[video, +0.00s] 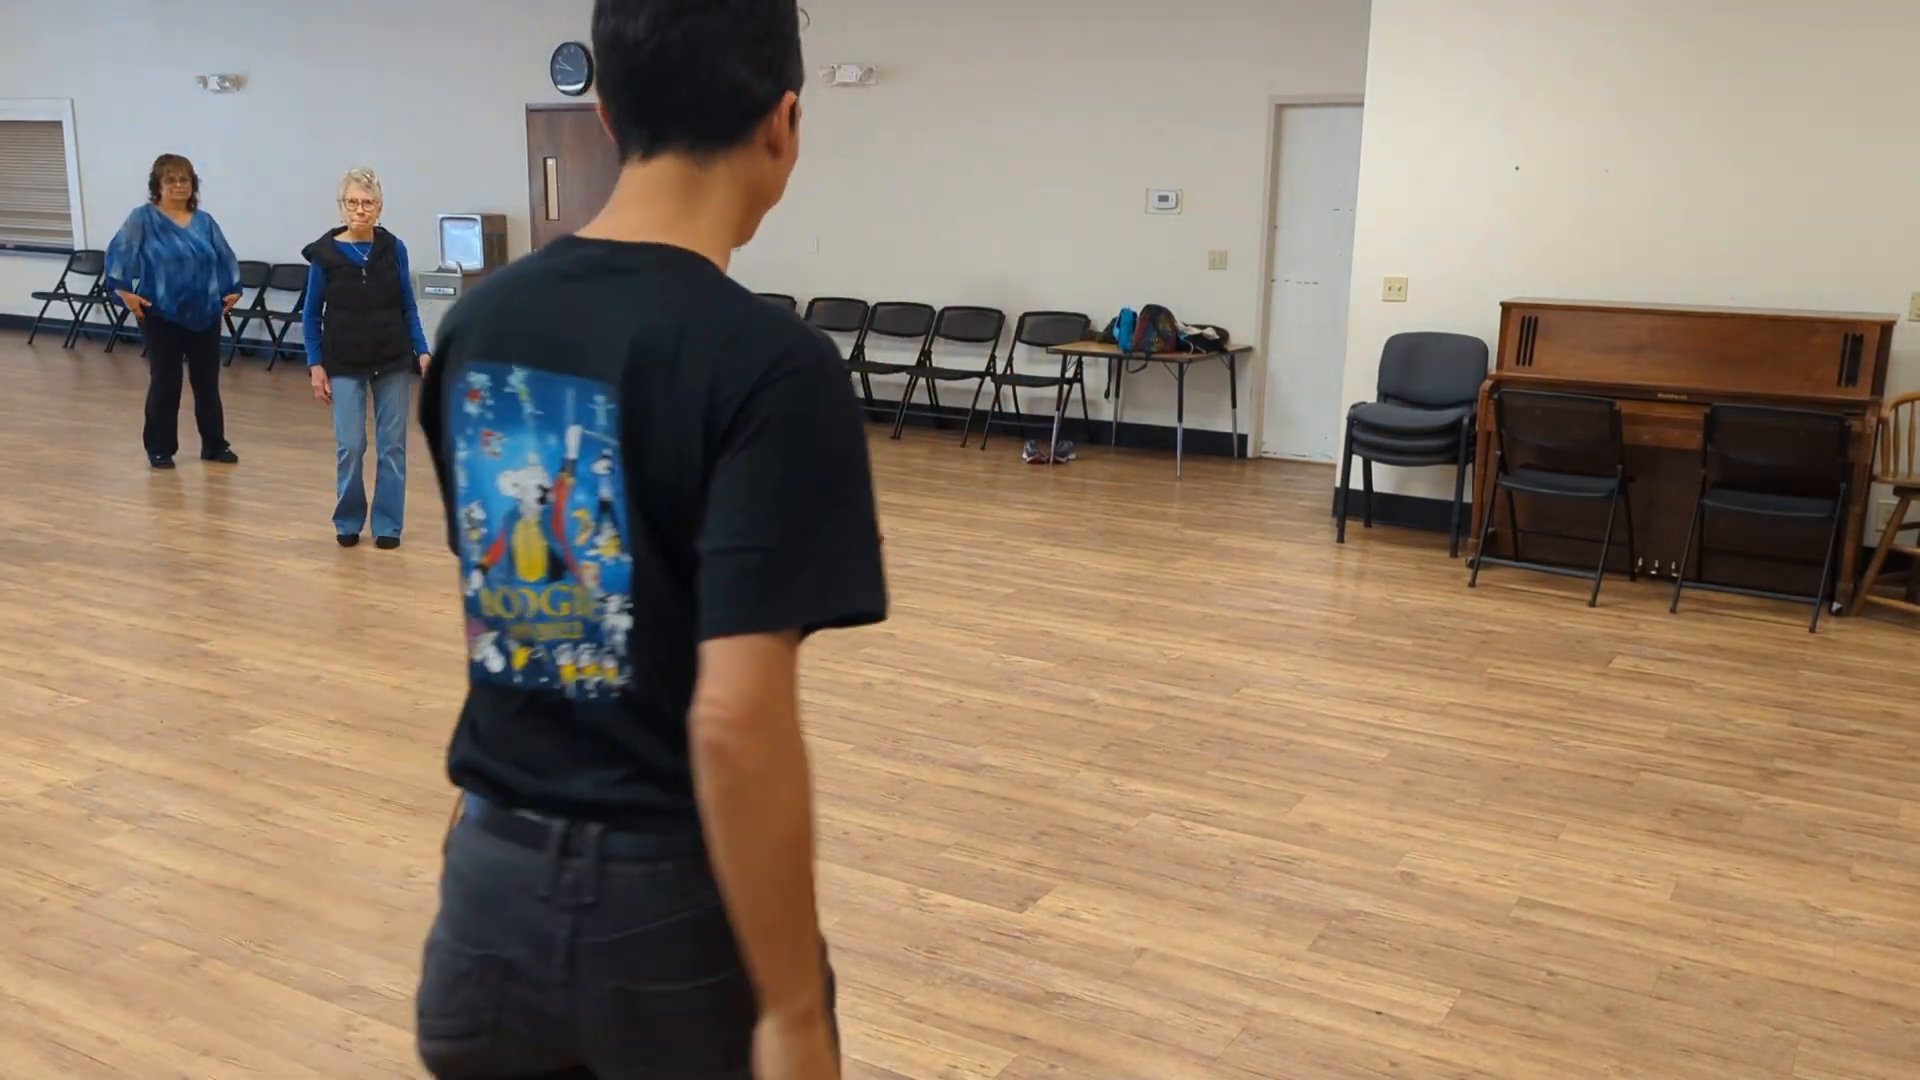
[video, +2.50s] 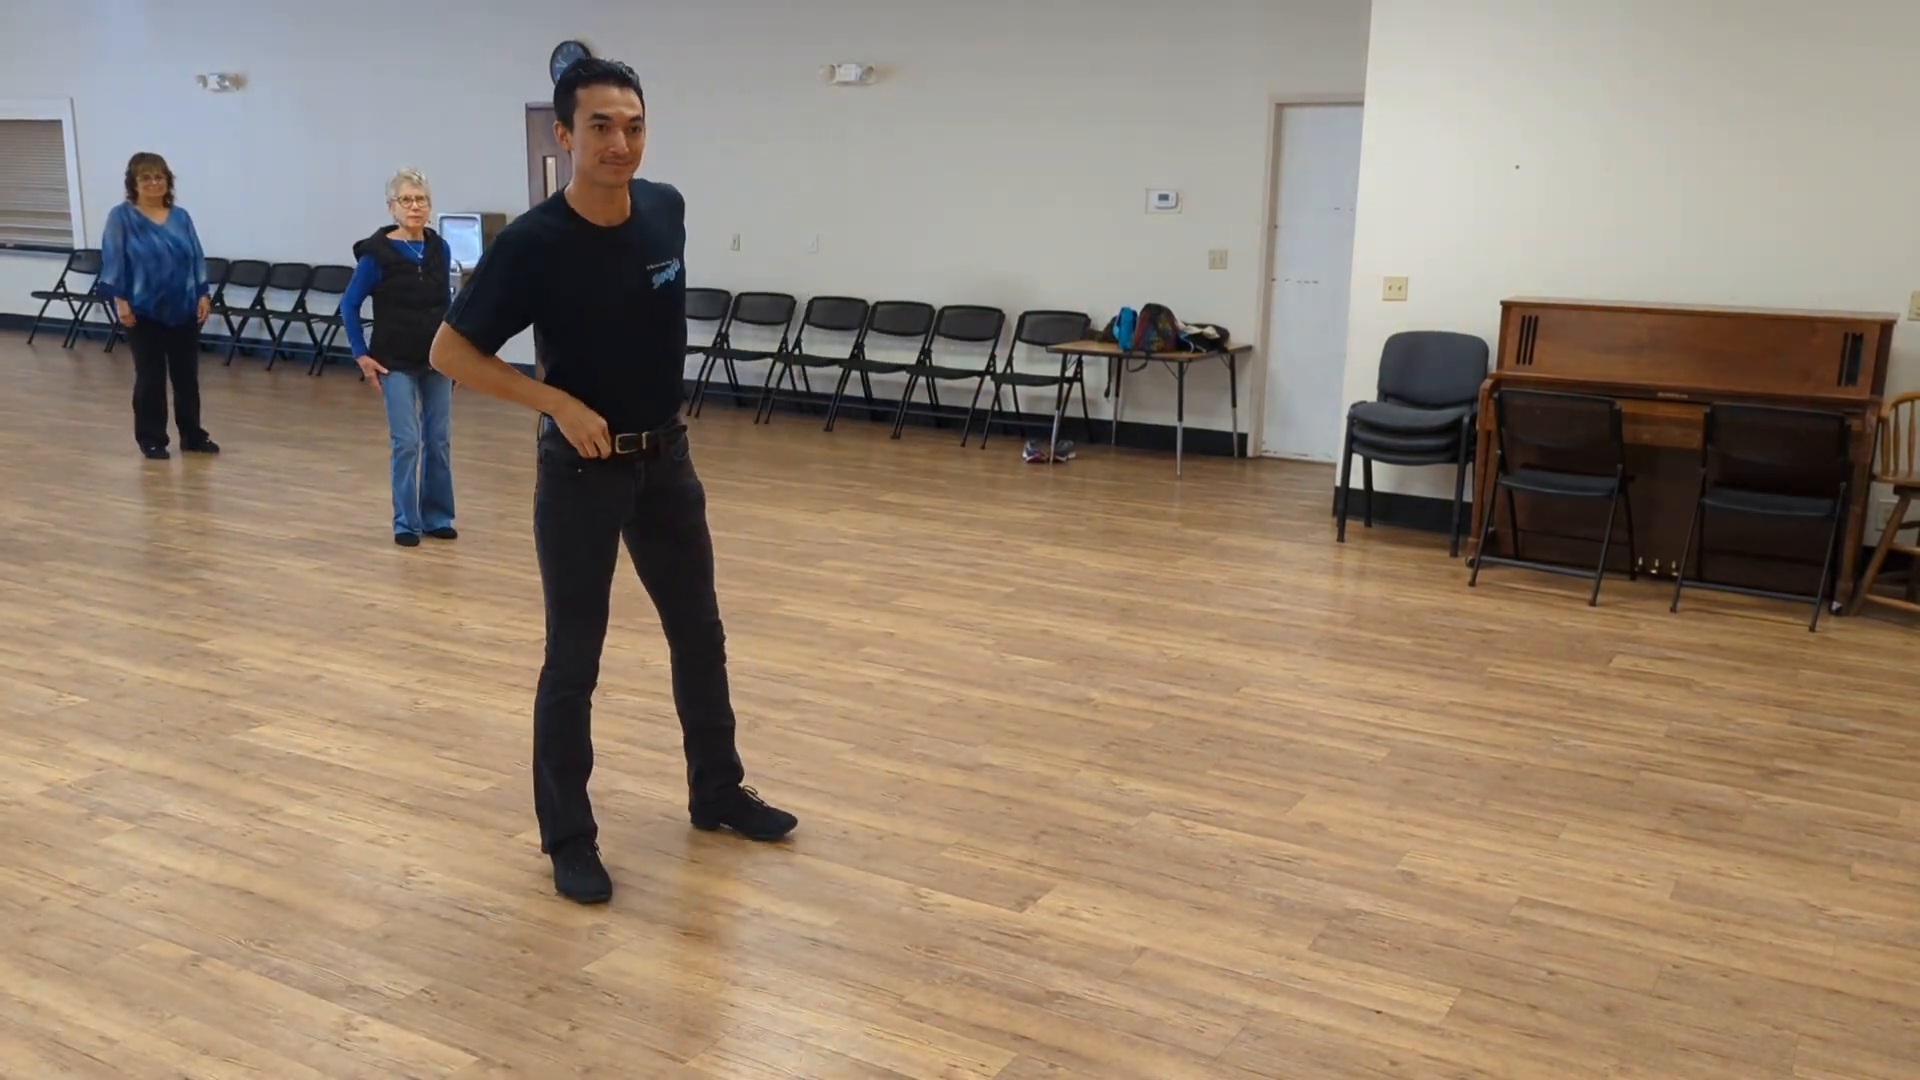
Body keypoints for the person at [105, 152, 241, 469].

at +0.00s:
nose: (180, 185)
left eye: (185, 179)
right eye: (172, 180)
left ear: (193, 184)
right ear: (159, 184)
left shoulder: (205, 221)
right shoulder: (144, 217)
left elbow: (226, 259)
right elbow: (116, 258)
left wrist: (234, 289)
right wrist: (124, 292)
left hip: (204, 315)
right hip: (162, 315)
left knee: (207, 383)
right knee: (166, 383)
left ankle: (214, 445)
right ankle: (160, 450)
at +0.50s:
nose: (190, 187)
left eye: (193, 181)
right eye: (182, 181)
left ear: (196, 184)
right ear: (163, 183)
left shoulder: (202, 219)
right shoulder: (144, 217)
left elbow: (219, 262)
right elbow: (139, 264)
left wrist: (226, 298)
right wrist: (153, 300)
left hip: (203, 313)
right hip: (163, 314)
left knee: (206, 383)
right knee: (166, 383)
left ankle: (214, 445)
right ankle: (159, 451)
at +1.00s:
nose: (201, 187)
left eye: (203, 181)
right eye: (193, 181)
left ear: (205, 184)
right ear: (174, 183)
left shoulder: (209, 220)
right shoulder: (154, 217)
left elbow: (226, 263)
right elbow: (144, 263)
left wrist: (237, 301)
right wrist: (148, 301)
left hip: (210, 314)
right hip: (171, 314)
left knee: (211, 383)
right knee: (171, 384)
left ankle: (215, 445)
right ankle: (160, 451)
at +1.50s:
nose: (196, 187)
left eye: (201, 181)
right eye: (188, 181)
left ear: (207, 185)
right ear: (173, 184)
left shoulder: (213, 220)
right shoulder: (156, 215)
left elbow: (229, 262)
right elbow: (148, 261)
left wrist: (237, 297)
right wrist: (162, 296)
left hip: (209, 311)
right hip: (169, 310)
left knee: (211, 378)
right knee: (173, 375)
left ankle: (215, 443)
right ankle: (156, 434)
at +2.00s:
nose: (154, 184)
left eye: (159, 179)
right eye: (146, 179)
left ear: (167, 183)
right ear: (133, 184)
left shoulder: (178, 217)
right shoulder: (120, 217)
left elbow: (195, 260)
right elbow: (110, 263)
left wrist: (201, 298)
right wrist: (115, 301)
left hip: (183, 310)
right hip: (143, 312)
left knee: (195, 378)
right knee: (150, 379)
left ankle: (211, 441)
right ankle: (152, 441)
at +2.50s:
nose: (152, 182)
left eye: (158, 177)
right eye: (145, 177)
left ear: (167, 181)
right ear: (134, 182)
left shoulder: (180, 216)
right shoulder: (122, 215)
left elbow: (197, 259)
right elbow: (113, 261)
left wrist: (203, 293)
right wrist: (120, 299)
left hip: (182, 309)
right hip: (144, 310)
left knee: (186, 376)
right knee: (151, 378)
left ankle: (192, 435)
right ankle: (152, 440)